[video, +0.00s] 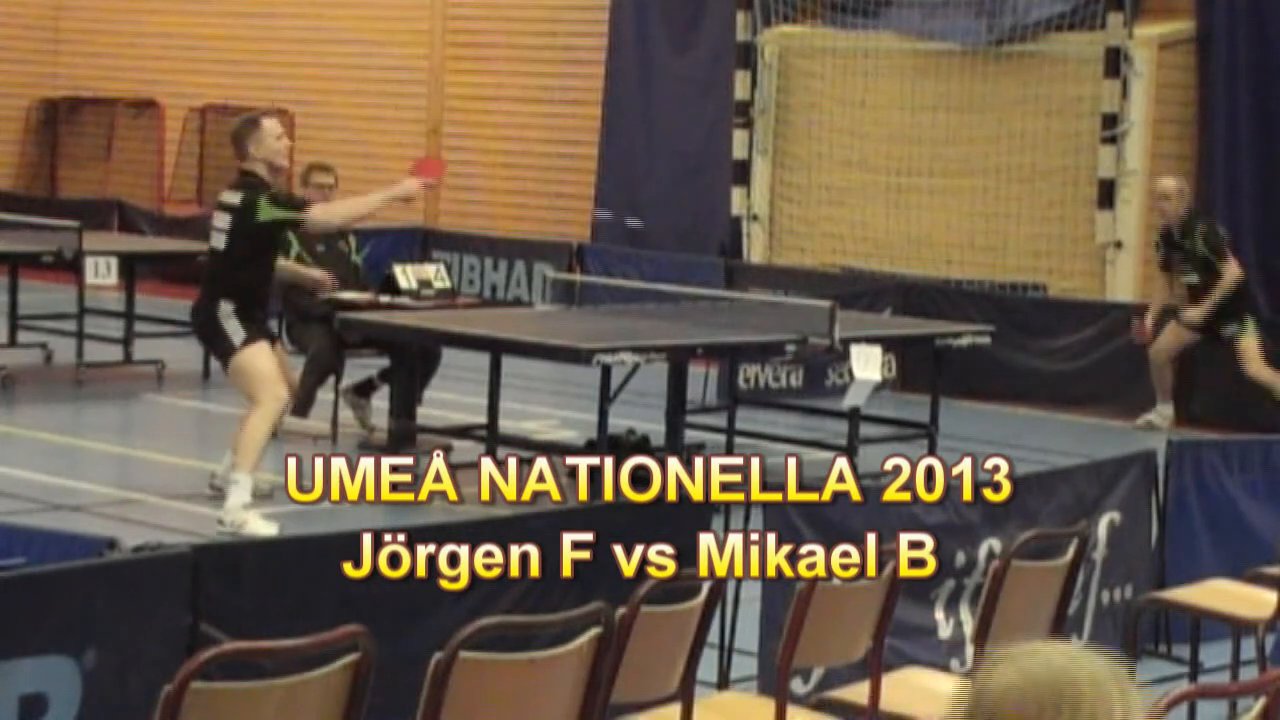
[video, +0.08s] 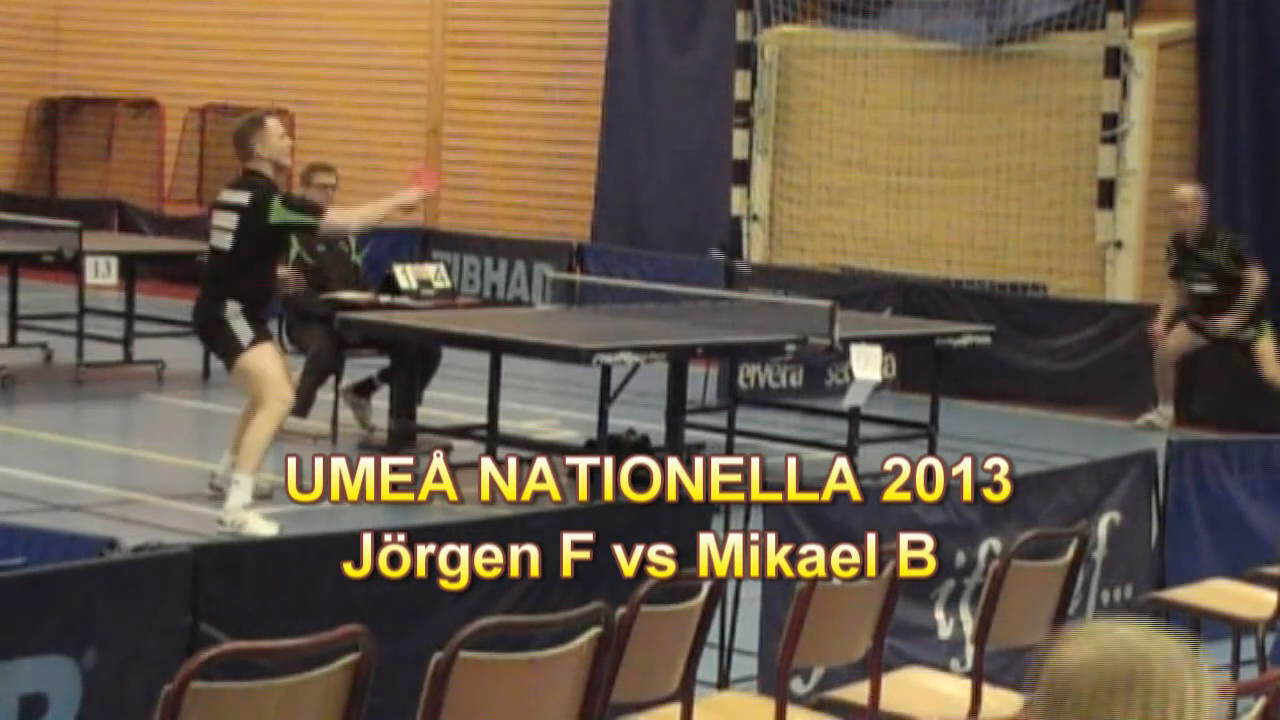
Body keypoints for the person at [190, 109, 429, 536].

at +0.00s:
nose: (287, 144)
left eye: (285, 137)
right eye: (278, 138)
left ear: (255, 150)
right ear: (251, 149)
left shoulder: (242, 193)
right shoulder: (256, 200)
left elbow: (257, 257)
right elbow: (325, 216)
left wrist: (307, 274)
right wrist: (395, 191)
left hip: (242, 306)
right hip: (225, 310)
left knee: (282, 391)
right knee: (272, 397)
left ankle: (230, 468)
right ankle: (236, 505)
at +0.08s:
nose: (289, 141)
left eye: (286, 134)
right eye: (280, 135)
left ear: (254, 149)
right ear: (256, 147)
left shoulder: (238, 191)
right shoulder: (264, 200)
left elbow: (239, 246)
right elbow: (338, 223)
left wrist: (273, 270)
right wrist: (397, 201)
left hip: (227, 305)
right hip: (230, 309)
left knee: (270, 393)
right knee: (278, 398)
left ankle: (230, 470)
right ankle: (237, 504)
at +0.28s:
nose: (303, 144)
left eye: (300, 136)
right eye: (298, 138)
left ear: (259, 145)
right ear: (283, 145)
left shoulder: (227, 188)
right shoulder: (286, 201)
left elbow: (189, 245)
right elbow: (331, 260)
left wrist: (211, 281)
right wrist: (359, 242)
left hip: (213, 300)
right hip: (242, 304)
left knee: (256, 393)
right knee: (287, 398)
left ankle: (228, 472)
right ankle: (238, 503)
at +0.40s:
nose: (311, 138)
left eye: (309, 129)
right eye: (306, 130)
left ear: (266, 138)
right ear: (290, 137)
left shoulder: (231, 180)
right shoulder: (291, 196)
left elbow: (194, 240)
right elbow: (321, 266)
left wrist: (214, 278)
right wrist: (350, 262)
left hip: (209, 295)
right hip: (242, 299)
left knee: (240, 390)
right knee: (284, 397)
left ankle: (224, 473)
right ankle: (238, 505)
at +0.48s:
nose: (315, 137)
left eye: (313, 128)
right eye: (310, 129)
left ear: (269, 136)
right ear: (292, 136)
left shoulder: (233, 177)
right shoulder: (290, 194)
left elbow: (201, 239)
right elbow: (316, 265)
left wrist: (229, 260)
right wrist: (352, 268)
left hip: (208, 289)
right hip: (241, 294)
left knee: (241, 389)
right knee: (279, 395)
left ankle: (217, 473)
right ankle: (238, 504)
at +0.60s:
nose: (313, 135)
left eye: (311, 126)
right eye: (309, 127)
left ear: (270, 132)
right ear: (292, 132)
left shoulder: (243, 172)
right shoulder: (280, 187)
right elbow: (305, 262)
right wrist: (356, 277)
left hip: (211, 287)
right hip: (237, 293)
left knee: (244, 388)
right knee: (276, 390)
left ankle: (216, 474)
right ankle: (238, 503)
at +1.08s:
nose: (323, 161)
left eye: (320, 153)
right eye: (318, 153)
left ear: (286, 158)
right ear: (302, 157)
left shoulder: (265, 193)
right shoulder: (284, 213)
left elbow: (289, 275)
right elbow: (296, 287)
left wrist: (327, 300)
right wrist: (336, 304)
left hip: (223, 306)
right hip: (233, 312)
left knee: (261, 395)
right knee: (294, 399)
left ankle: (216, 475)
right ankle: (237, 502)